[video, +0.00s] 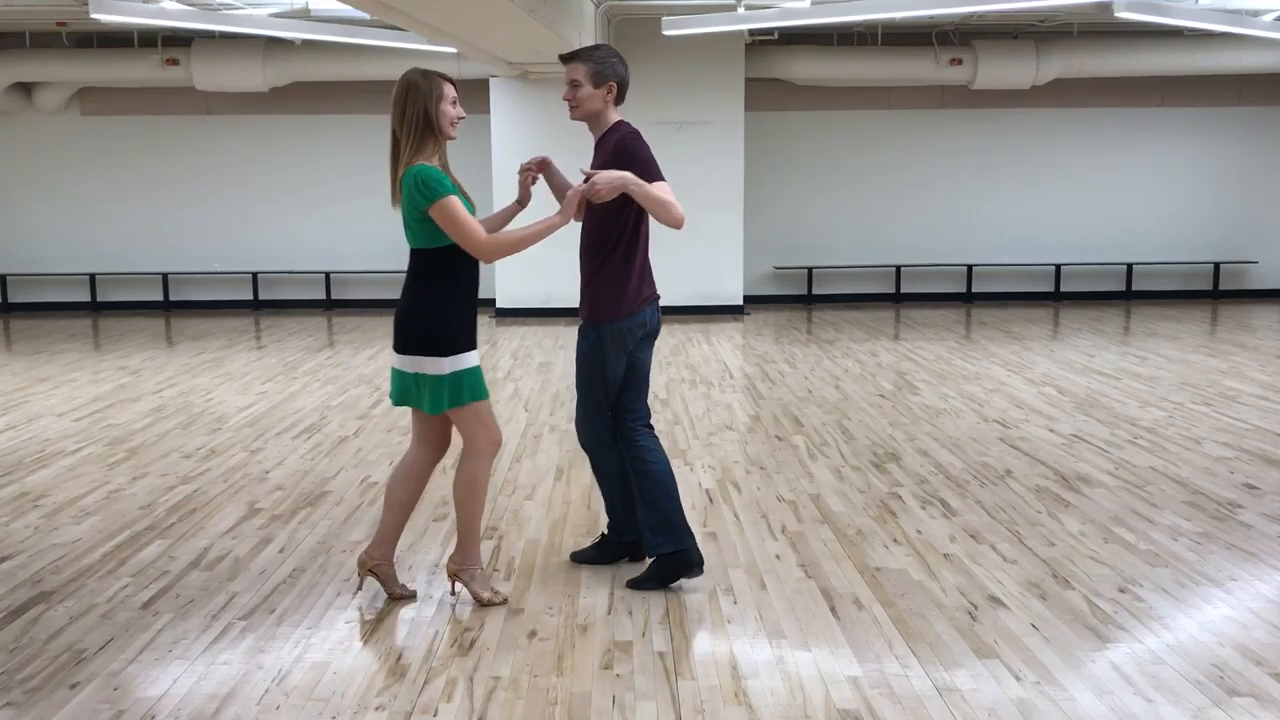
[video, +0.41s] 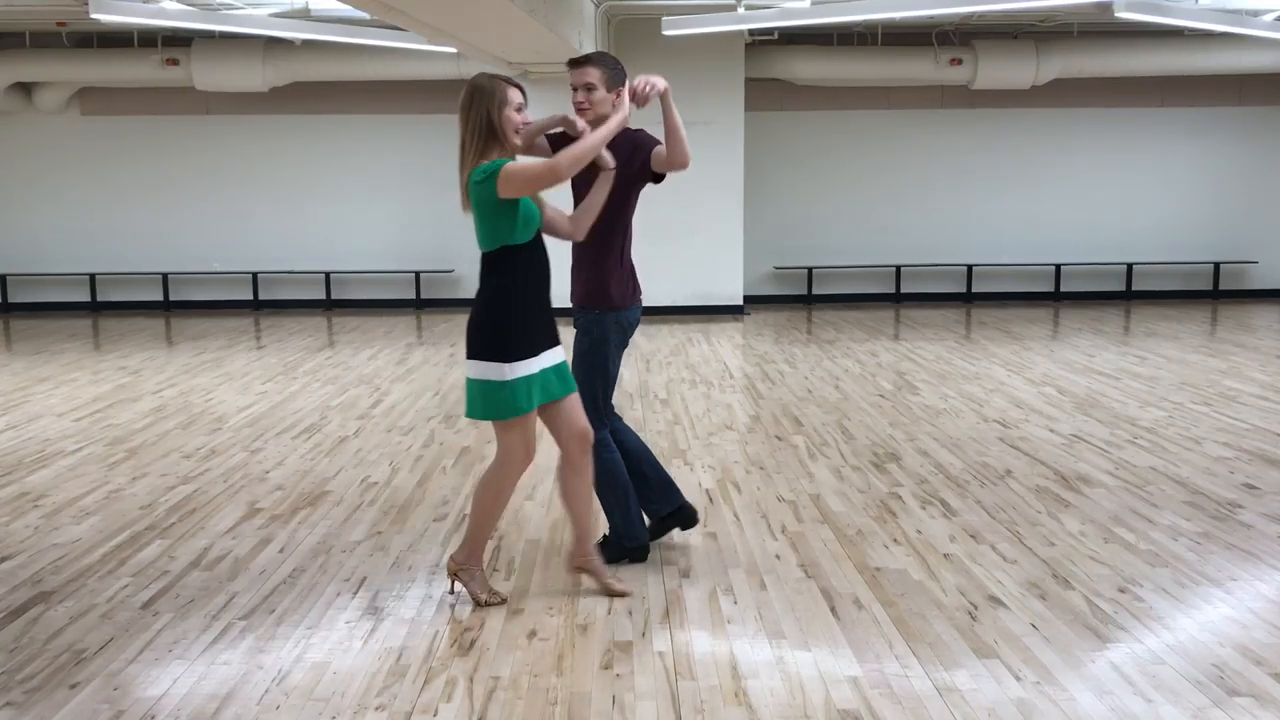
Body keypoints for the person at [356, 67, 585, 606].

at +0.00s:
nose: (460, 111)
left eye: (458, 102)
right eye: (451, 103)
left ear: (429, 113)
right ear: (427, 112)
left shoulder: (432, 173)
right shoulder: (425, 177)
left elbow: (474, 231)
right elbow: (483, 249)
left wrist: (519, 198)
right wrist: (561, 219)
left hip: (427, 328)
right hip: (440, 332)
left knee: (428, 443)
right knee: (484, 439)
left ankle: (379, 553)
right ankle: (467, 560)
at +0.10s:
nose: (473, 111)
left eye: (471, 102)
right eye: (464, 103)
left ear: (441, 113)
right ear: (440, 111)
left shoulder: (445, 173)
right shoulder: (439, 176)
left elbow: (498, 233)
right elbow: (504, 238)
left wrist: (537, 197)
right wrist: (574, 206)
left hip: (450, 329)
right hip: (461, 333)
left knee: (454, 444)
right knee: (493, 440)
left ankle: (394, 546)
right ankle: (468, 560)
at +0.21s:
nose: (487, 113)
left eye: (486, 104)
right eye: (478, 104)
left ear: (472, 112)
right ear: (453, 111)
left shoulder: (468, 174)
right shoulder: (453, 176)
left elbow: (516, 242)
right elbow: (521, 225)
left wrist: (555, 192)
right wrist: (592, 185)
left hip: (491, 326)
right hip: (470, 329)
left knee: (514, 444)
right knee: (497, 446)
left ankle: (435, 534)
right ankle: (467, 561)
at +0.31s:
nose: (503, 114)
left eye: (503, 106)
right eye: (494, 106)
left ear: (496, 113)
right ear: (469, 114)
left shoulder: (496, 179)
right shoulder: (471, 178)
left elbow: (542, 240)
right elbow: (543, 200)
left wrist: (582, 190)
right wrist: (610, 151)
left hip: (513, 328)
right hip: (484, 332)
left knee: (552, 436)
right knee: (509, 447)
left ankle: (507, 544)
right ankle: (465, 560)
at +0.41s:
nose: (526, 115)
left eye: (524, 107)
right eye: (516, 107)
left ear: (504, 117)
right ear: (492, 116)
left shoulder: (518, 184)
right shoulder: (491, 176)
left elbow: (575, 228)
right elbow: (559, 167)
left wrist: (608, 172)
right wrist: (617, 115)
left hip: (536, 328)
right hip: (500, 332)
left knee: (578, 437)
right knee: (517, 450)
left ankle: (585, 550)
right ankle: (467, 559)